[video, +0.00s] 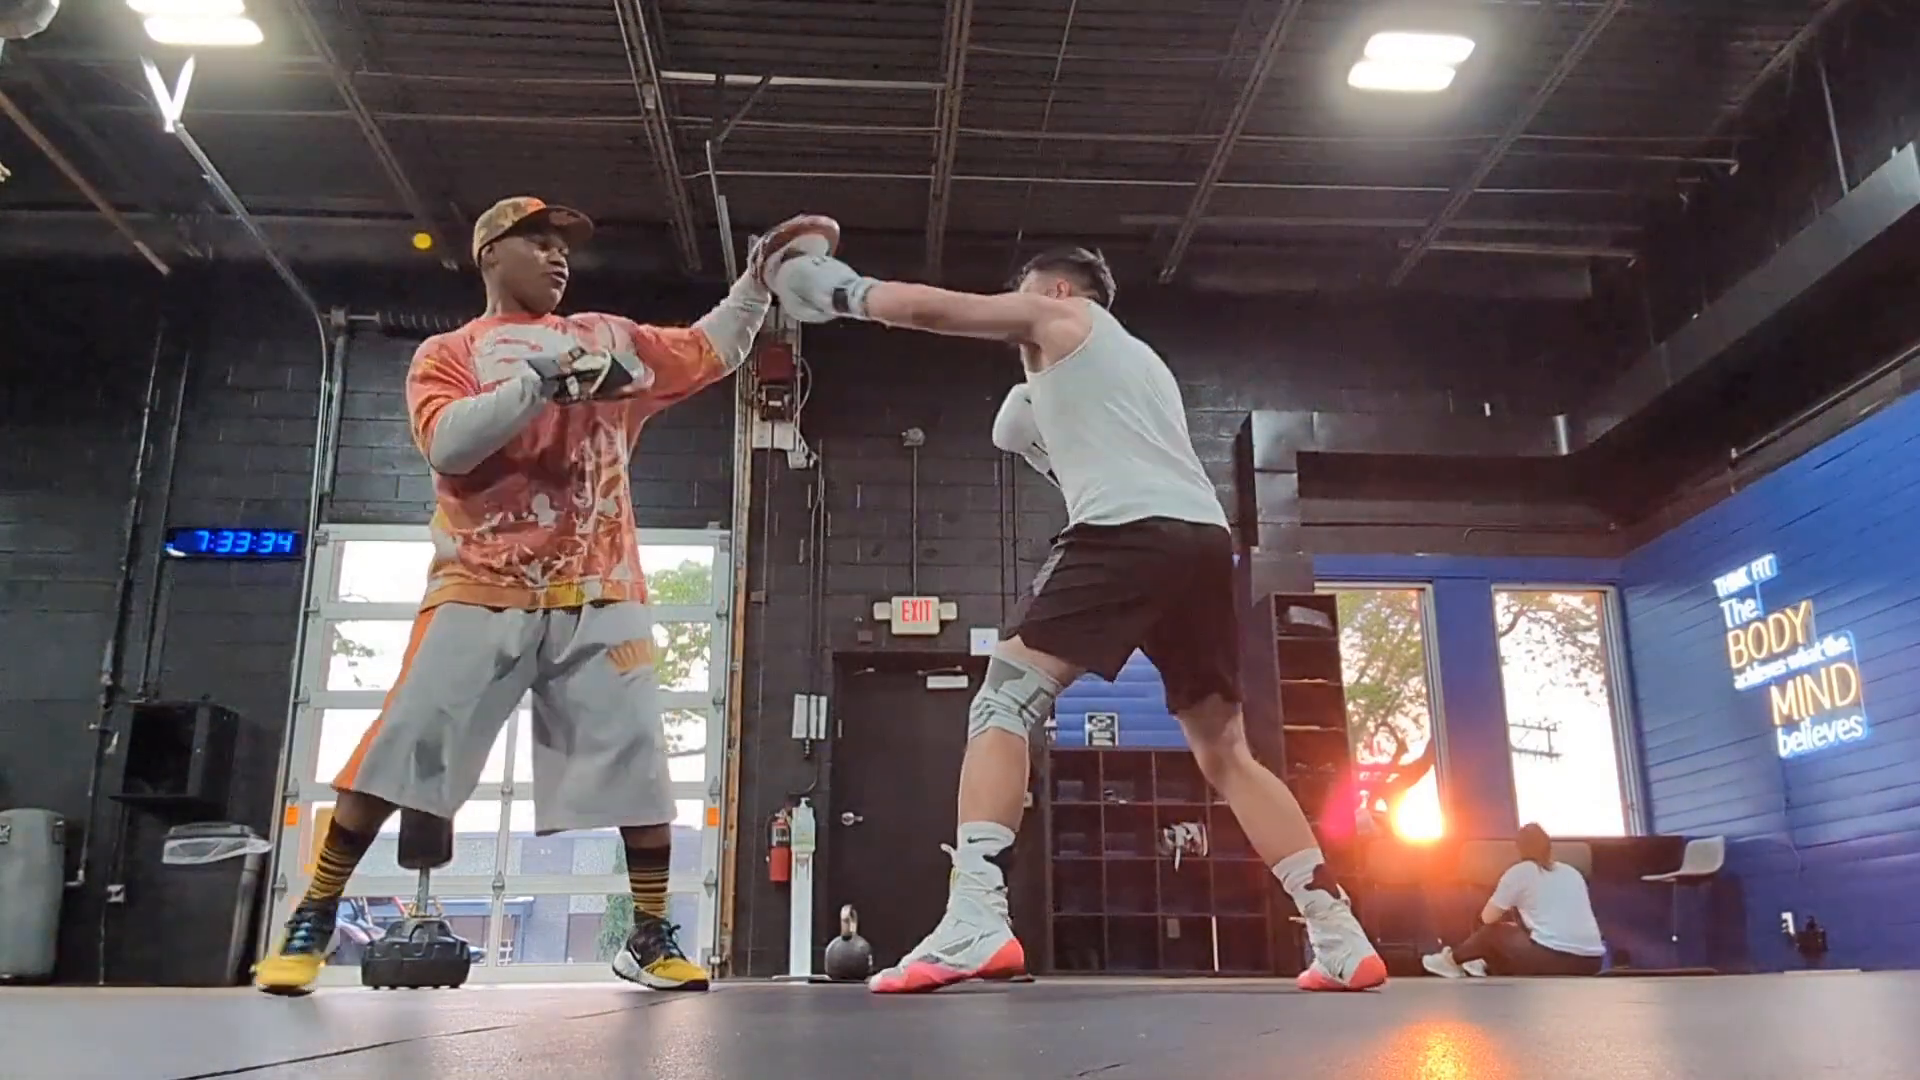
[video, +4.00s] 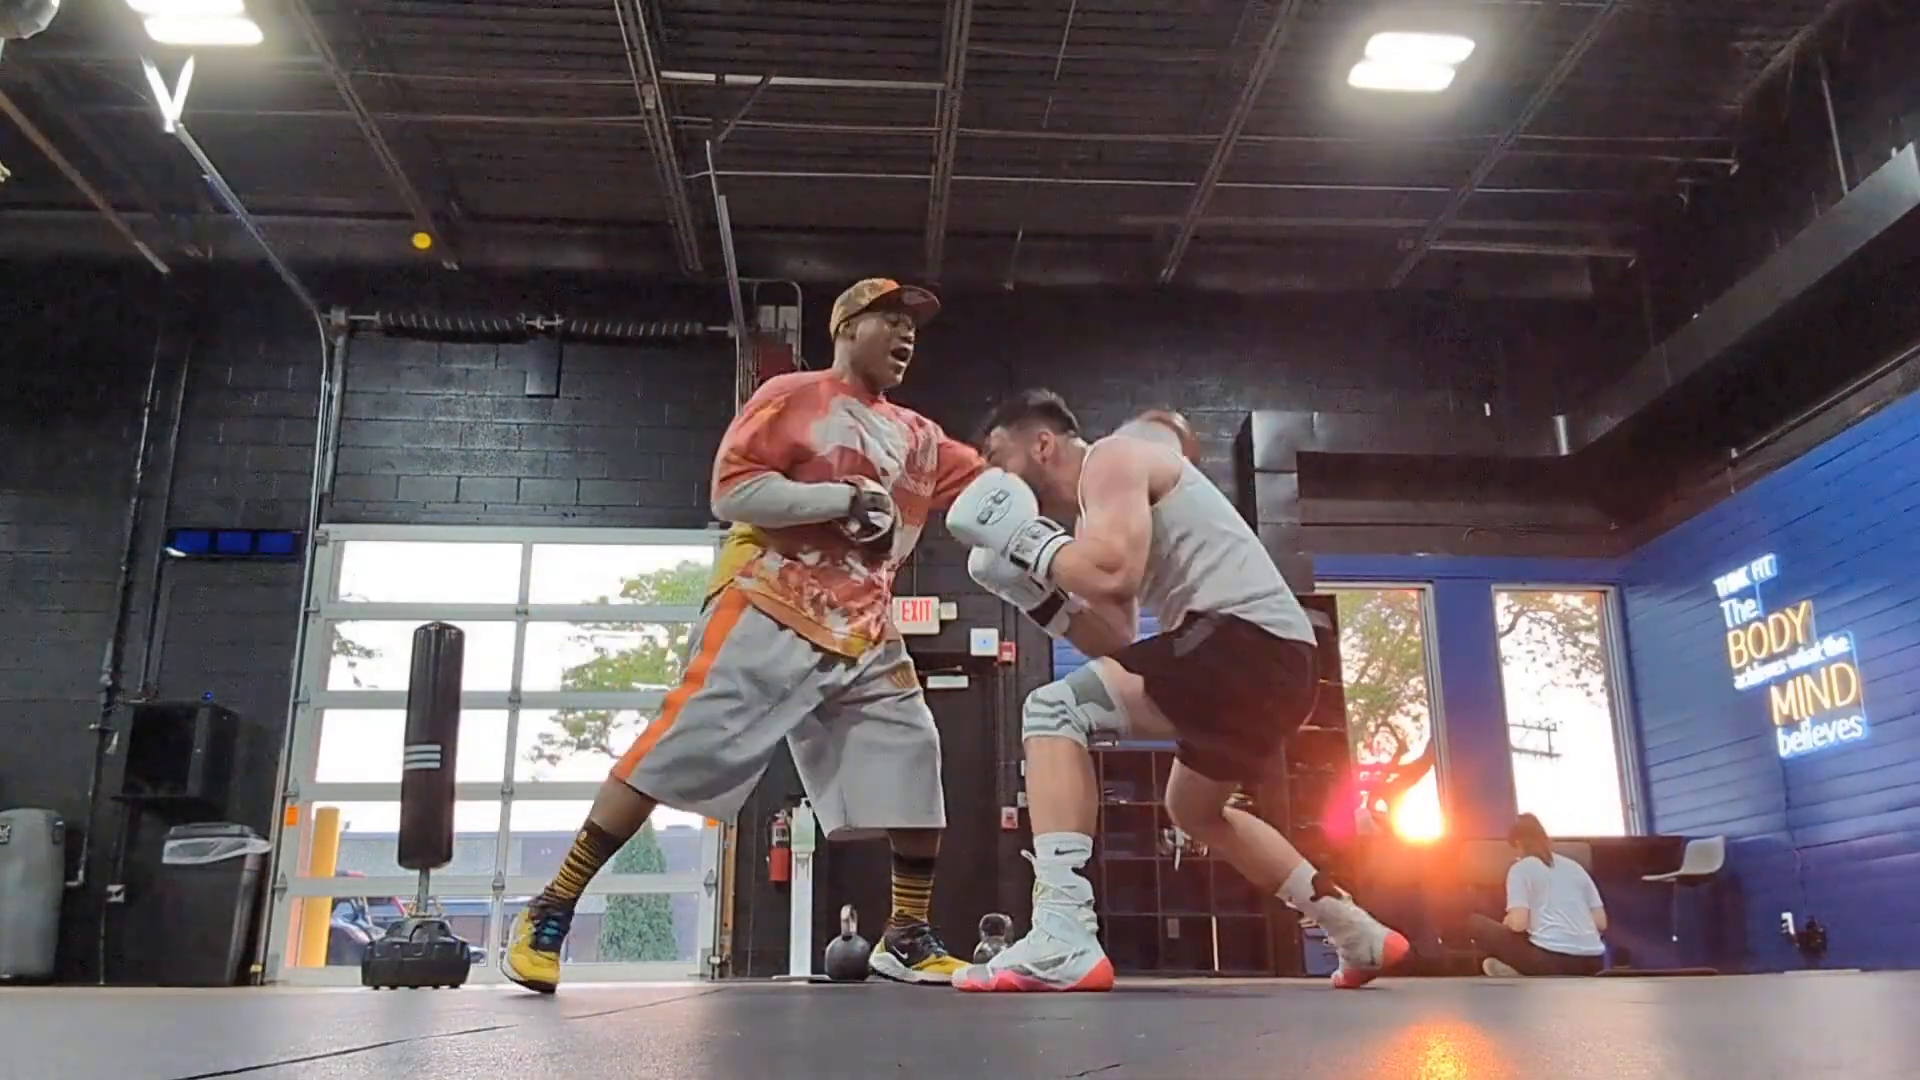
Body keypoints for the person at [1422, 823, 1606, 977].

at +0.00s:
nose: (1518, 848)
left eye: (1519, 844)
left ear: (1521, 848)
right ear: (1547, 846)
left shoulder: (1519, 873)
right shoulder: (1573, 873)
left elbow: (1488, 917)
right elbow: (1561, 914)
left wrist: (1517, 924)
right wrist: (1522, 920)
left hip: (1554, 959)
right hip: (1591, 962)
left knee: (1492, 932)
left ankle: (1450, 960)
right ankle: (1481, 963)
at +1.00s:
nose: (1556, 843)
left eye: (1557, 838)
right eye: (1556, 838)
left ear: (1563, 839)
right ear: (1588, 836)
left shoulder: (1552, 871)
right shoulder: (1612, 875)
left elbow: (1525, 918)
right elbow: (1614, 927)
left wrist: (1527, 889)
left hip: (1560, 961)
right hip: (1600, 962)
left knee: (1496, 918)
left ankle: (1462, 957)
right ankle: (1516, 955)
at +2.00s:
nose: (1519, 851)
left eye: (1519, 845)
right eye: (1519, 846)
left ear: (1524, 842)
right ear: (1549, 839)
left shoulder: (1522, 867)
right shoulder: (1579, 868)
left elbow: (1515, 920)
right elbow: (1602, 923)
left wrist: (1509, 927)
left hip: (1547, 961)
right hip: (1591, 962)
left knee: (1476, 921)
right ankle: (1509, 964)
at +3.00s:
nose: (1513, 853)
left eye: (1512, 848)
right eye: (1511, 849)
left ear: (1518, 844)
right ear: (1542, 839)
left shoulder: (1518, 869)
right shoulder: (1574, 867)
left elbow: (1515, 923)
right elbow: (1600, 921)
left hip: (1549, 961)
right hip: (1592, 962)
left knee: (1475, 923)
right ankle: (1514, 966)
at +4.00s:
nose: (1515, 853)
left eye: (1513, 848)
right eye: (1513, 848)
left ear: (1518, 844)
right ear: (1544, 839)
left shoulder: (1520, 869)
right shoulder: (1575, 867)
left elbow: (1519, 924)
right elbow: (1601, 922)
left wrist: (1508, 920)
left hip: (1550, 961)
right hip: (1592, 962)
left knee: (1475, 923)